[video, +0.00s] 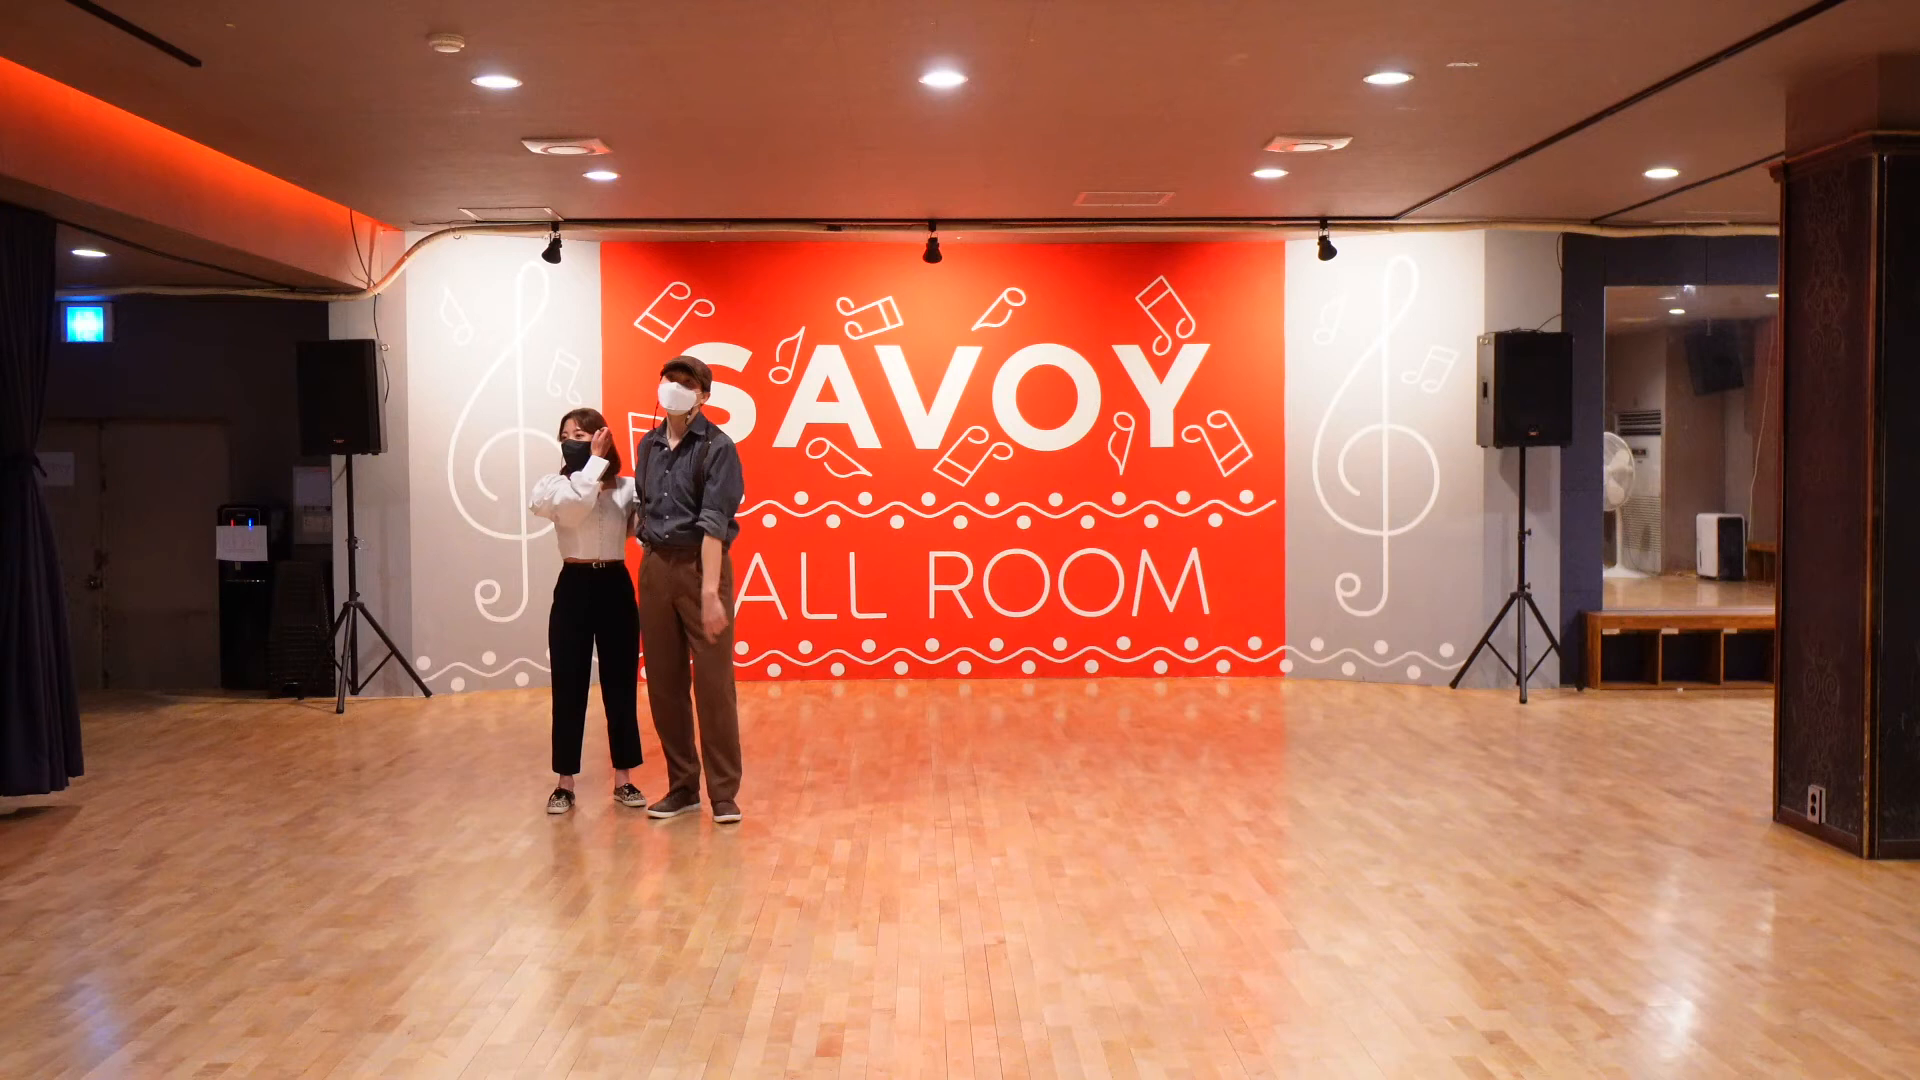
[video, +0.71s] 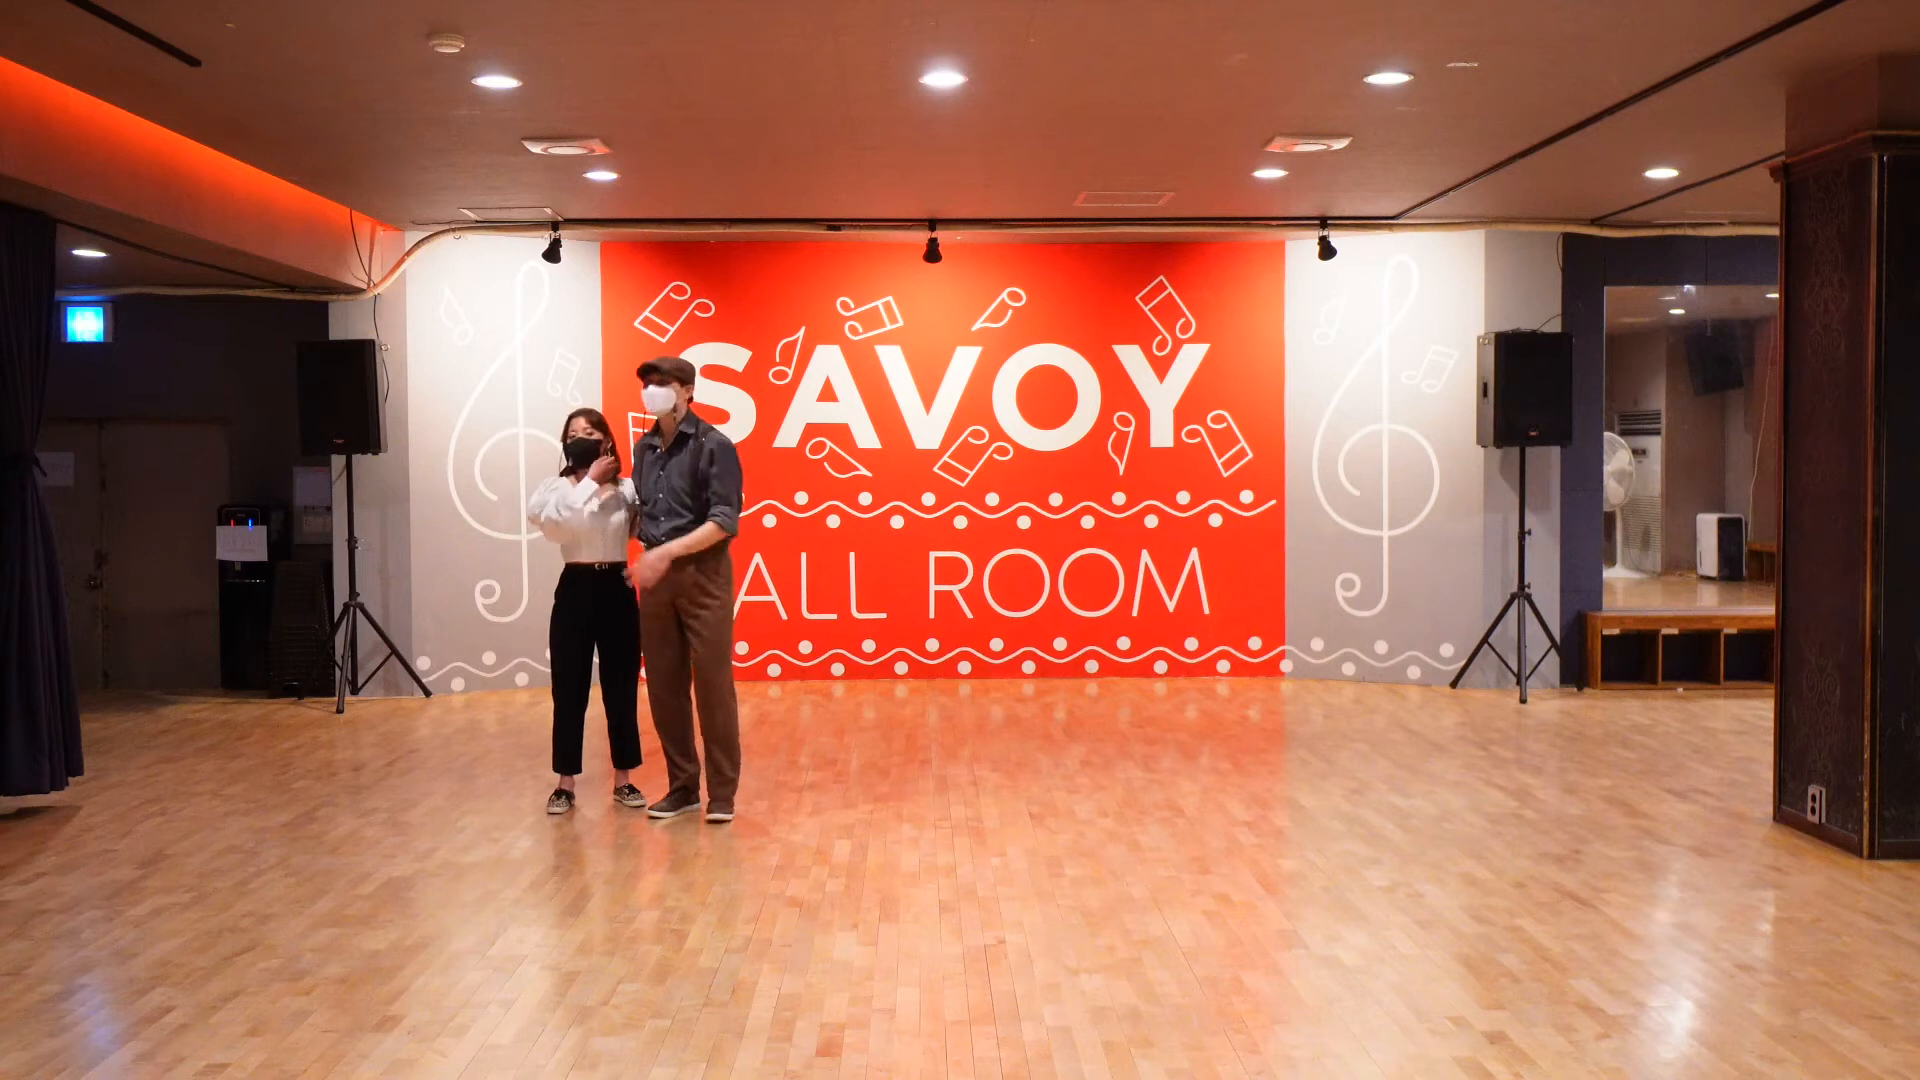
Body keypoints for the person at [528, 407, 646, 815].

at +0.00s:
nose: (571, 440)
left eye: (580, 433)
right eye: (566, 434)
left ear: (599, 440)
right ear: (559, 443)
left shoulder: (625, 487)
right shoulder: (549, 485)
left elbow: (649, 524)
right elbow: (572, 508)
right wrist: (596, 458)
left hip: (617, 588)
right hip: (573, 589)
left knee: (621, 688)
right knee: (569, 688)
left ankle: (623, 781)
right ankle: (564, 784)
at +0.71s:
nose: (583, 436)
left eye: (592, 429)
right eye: (574, 432)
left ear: (607, 440)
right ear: (565, 444)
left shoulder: (625, 488)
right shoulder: (553, 488)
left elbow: (649, 523)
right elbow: (552, 519)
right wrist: (591, 480)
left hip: (618, 589)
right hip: (575, 589)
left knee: (622, 690)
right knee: (569, 690)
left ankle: (623, 781)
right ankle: (565, 784)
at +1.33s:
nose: (601, 438)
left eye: (607, 432)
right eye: (590, 434)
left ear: (620, 441)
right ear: (578, 447)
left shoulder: (639, 491)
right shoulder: (567, 498)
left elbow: (656, 541)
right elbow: (556, 559)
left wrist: (618, 536)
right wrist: (587, 542)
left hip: (630, 592)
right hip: (587, 594)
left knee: (630, 689)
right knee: (580, 690)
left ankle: (624, 782)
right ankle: (566, 784)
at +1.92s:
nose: (574, 438)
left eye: (581, 432)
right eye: (564, 434)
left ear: (592, 441)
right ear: (550, 448)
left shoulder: (613, 489)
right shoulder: (543, 500)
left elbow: (632, 533)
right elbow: (538, 557)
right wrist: (540, 584)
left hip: (613, 599)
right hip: (570, 602)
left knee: (615, 693)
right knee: (569, 699)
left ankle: (624, 790)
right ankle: (566, 797)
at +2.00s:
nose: (570, 440)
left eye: (577, 434)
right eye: (561, 436)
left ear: (589, 444)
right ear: (547, 450)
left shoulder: (605, 491)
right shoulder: (538, 499)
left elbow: (627, 530)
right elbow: (510, 539)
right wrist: (498, 546)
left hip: (606, 596)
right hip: (565, 601)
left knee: (613, 693)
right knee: (566, 699)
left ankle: (625, 790)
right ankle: (566, 798)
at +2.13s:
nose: (571, 438)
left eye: (579, 432)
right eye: (561, 434)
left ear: (591, 441)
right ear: (547, 447)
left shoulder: (608, 491)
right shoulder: (536, 496)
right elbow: (488, 508)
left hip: (604, 595)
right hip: (557, 598)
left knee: (609, 693)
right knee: (561, 699)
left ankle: (623, 791)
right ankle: (565, 799)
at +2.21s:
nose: (573, 435)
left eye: (580, 429)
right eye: (564, 431)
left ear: (592, 437)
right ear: (550, 440)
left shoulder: (606, 484)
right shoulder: (536, 484)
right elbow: (490, 487)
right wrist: (484, 431)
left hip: (602, 589)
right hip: (556, 592)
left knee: (611, 689)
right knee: (558, 696)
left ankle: (622, 787)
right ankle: (563, 797)